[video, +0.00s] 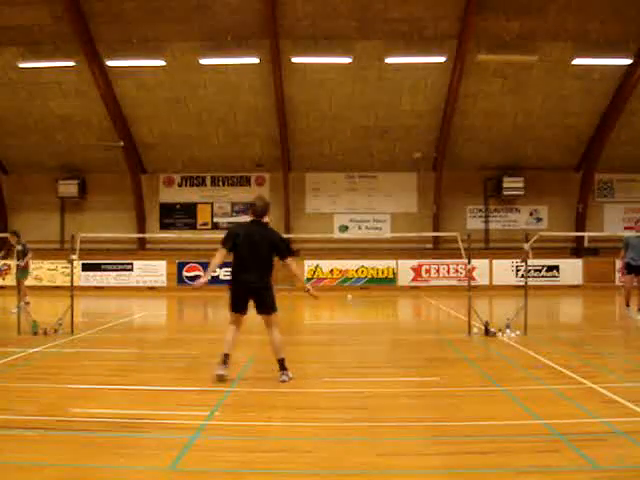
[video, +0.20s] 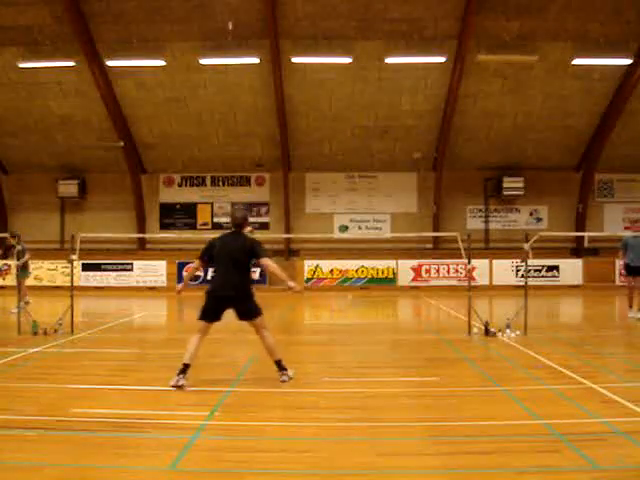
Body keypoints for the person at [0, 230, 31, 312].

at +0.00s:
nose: (10, 240)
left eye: (11, 238)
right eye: (9, 238)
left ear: (16, 237)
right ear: (11, 238)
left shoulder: (23, 246)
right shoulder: (16, 247)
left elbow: (29, 254)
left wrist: (24, 262)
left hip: (23, 268)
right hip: (19, 267)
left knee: (20, 285)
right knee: (20, 284)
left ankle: (19, 304)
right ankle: (25, 299)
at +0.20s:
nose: (9, 241)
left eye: (11, 239)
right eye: (9, 239)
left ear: (16, 239)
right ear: (14, 239)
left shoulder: (21, 247)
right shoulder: (16, 248)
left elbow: (27, 256)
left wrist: (19, 263)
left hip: (23, 270)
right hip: (19, 269)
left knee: (21, 286)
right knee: (21, 285)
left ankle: (20, 305)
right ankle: (26, 299)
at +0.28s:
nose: (10, 241)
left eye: (11, 239)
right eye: (9, 239)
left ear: (16, 239)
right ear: (15, 239)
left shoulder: (21, 248)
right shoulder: (16, 248)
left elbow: (26, 256)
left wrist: (19, 263)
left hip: (23, 271)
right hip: (20, 270)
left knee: (21, 287)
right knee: (21, 286)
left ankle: (20, 305)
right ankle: (25, 299)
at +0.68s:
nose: (7, 243)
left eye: (8, 241)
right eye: (6, 241)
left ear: (13, 240)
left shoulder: (20, 249)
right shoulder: (13, 250)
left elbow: (25, 257)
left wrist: (18, 263)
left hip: (23, 270)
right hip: (18, 269)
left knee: (20, 287)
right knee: (20, 286)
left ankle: (20, 305)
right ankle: (25, 299)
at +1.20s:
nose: (6, 241)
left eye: (7, 238)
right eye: (5, 239)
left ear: (12, 238)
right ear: (5, 240)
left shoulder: (19, 247)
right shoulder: (11, 249)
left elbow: (25, 255)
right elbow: (10, 258)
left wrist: (18, 261)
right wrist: (6, 263)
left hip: (23, 268)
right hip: (17, 267)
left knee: (20, 286)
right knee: (18, 285)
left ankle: (19, 304)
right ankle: (24, 298)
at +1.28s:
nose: (6, 240)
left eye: (7, 237)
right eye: (5, 238)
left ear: (12, 238)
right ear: (6, 240)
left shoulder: (19, 247)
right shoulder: (11, 248)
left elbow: (25, 255)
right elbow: (10, 258)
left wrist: (18, 262)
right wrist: (7, 264)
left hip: (22, 268)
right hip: (17, 268)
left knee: (20, 286)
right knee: (18, 286)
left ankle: (19, 305)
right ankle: (23, 299)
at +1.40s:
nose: (7, 240)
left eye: (9, 238)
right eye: (7, 238)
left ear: (14, 238)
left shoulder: (20, 247)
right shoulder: (13, 248)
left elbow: (25, 255)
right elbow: (13, 258)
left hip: (23, 268)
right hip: (19, 268)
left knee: (20, 286)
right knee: (19, 285)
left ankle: (20, 304)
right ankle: (24, 298)